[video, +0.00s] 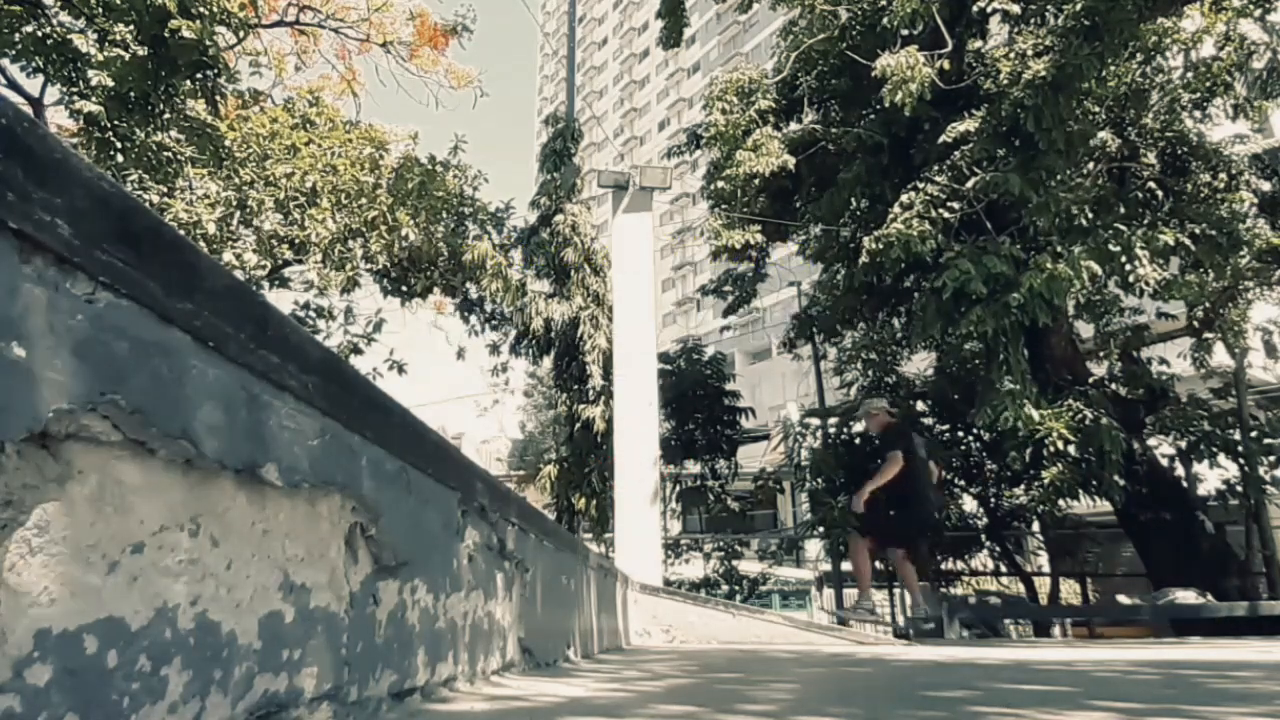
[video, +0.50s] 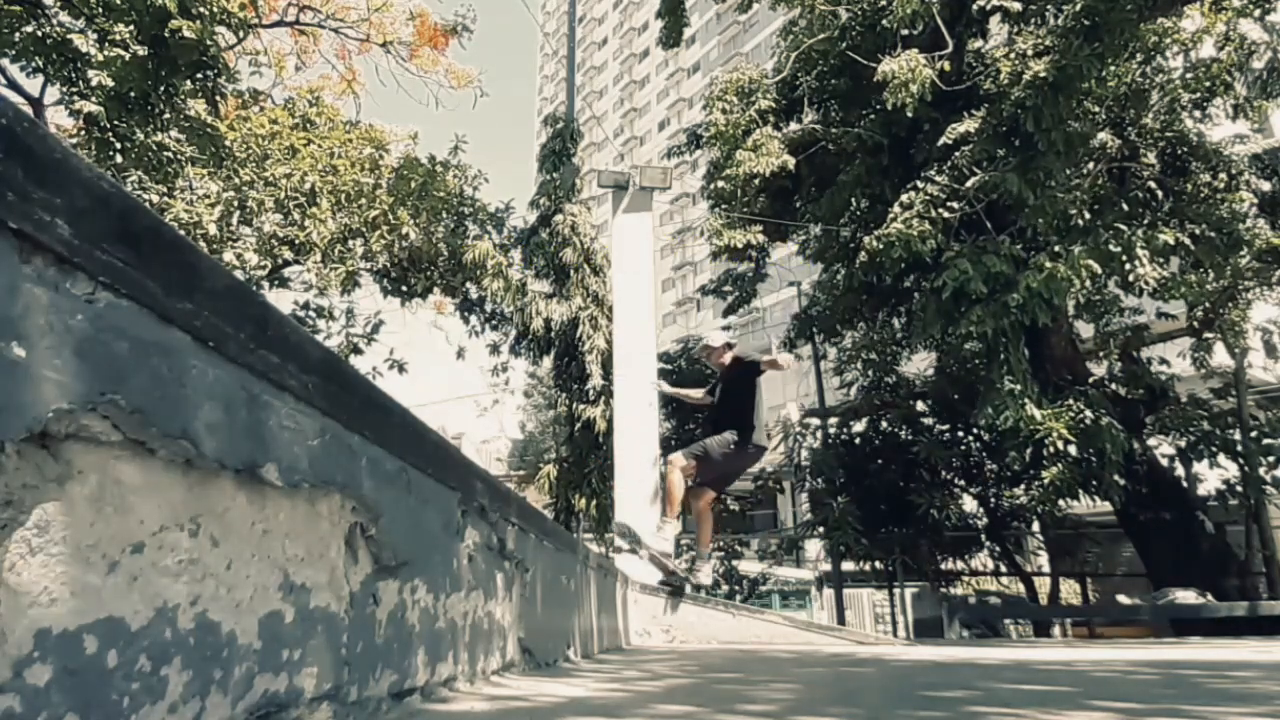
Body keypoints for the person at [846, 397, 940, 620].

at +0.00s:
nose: (866, 426)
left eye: (867, 419)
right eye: (865, 420)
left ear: (880, 415)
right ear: (884, 416)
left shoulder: (891, 434)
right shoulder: (911, 435)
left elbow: (894, 462)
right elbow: (933, 470)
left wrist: (865, 490)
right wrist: (922, 495)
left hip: (900, 507)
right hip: (919, 507)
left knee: (858, 539)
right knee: (899, 552)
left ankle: (865, 602)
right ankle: (919, 606)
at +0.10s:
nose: (827, 422)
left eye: (827, 416)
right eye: (825, 417)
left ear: (839, 409)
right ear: (841, 410)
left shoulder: (852, 427)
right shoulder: (863, 428)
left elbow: (854, 455)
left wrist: (821, 480)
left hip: (861, 501)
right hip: (878, 502)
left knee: (811, 532)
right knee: (847, 546)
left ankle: (814, 592)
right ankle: (867, 603)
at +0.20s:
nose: (789, 410)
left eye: (791, 404)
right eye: (787, 406)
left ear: (803, 399)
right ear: (804, 402)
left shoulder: (816, 415)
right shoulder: (820, 419)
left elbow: (820, 441)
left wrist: (789, 462)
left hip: (826, 493)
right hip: (839, 495)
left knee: (771, 515)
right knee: (801, 534)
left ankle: (769, 579)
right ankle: (821, 590)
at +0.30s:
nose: (757, 396)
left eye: (759, 390)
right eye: (755, 392)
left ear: (772, 386)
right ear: (773, 388)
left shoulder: (785, 400)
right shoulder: (782, 408)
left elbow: (800, 421)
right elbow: (783, 456)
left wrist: (774, 438)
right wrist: (760, 472)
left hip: (788, 475)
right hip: (800, 478)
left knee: (731, 503)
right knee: (761, 523)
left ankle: (727, 570)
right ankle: (779, 582)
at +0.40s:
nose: (732, 379)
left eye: (734, 373)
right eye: (730, 375)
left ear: (748, 369)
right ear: (736, 375)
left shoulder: (763, 381)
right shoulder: (751, 397)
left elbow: (792, 395)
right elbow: (736, 439)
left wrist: (786, 403)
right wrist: (699, 447)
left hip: (758, 462)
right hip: (764, 465)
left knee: (701, 491)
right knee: (724, 508)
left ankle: (682, 556)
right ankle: (735, 569)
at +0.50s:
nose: (710, 357)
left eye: (712, 351)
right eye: (707, 354)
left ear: (726, 349)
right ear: (710, 357)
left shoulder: (741, 364)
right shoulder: (723, 380)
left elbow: (766, 364)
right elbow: (704, 397)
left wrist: (780, 362)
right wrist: (671, 390)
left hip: (741, 438)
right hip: (748, 444)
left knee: (676, 463)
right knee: (700, 498)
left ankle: (666, 534)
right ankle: (702, 567)